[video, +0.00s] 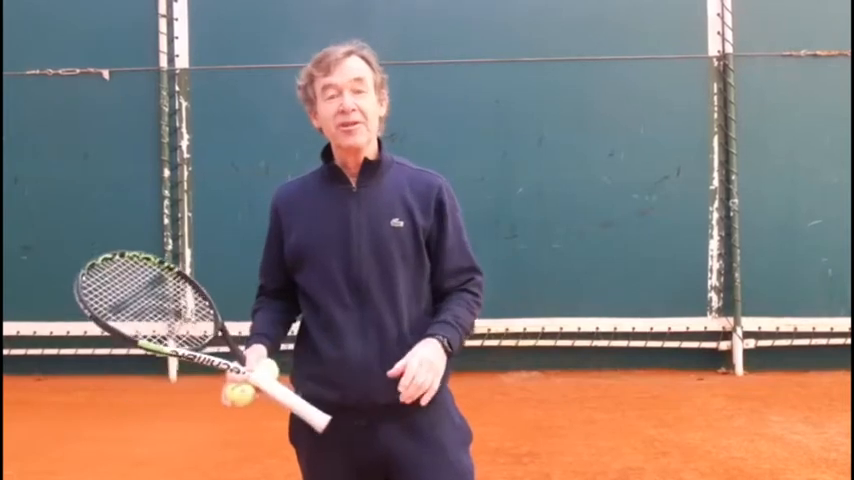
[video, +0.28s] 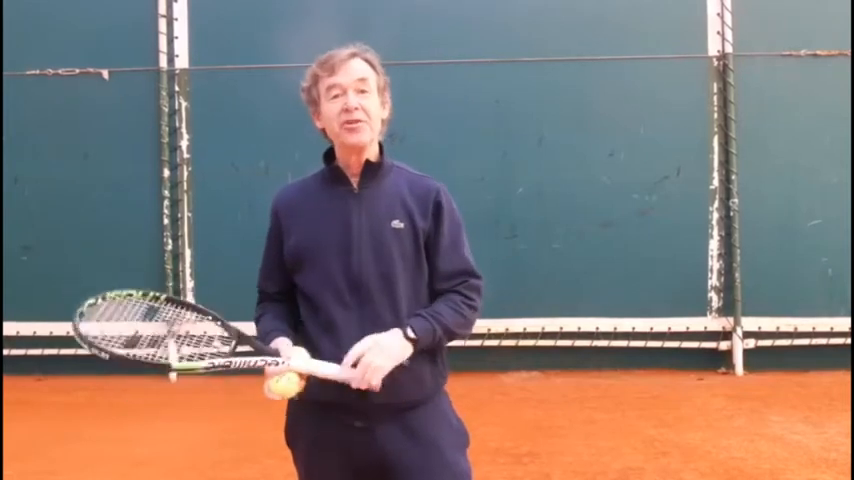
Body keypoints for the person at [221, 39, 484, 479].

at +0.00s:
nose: (347, 104)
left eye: (359, 90)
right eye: (331, 95)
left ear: (381, 103)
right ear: (314, 115)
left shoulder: (428, 192)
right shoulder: (290, 203)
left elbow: (463, 287)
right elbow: (276, 295)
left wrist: (438, 344)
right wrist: (259, 346)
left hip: (420, 418)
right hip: (326, 424)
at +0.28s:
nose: (350, 103)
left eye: (362, 90)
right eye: (336, 95)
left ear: (384, 106)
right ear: (319, 117)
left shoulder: (427, 198)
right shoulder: (290, 206)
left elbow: (463, 295)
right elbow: (273, 300)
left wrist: (403, 338)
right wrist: (281, 342)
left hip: (417, 420)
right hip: (324, 422)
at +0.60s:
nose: (345, 102)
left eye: (357, 91)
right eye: (330, 95)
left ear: (380, 109)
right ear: (315, 120)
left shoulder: (423, 199)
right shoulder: (287, 209)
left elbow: (460, 295)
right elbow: (269, 306)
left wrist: (404, 339)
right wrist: (295, 344)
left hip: (415, 422)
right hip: (321, 427)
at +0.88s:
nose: (336, 102)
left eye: (348, 90)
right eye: (321, 95)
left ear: (370, 107)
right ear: (306, 120)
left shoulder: (416, 195)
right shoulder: (281, 211)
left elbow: (455, 289)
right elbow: (267, 307)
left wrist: (399, 339)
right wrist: (294, 346)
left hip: (417, 418)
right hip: (325, 424)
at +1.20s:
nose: (322, 103)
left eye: (334, 90)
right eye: (307, 97)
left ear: (357, 106)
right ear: (292, 122)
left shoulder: (408, 188)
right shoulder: (274, 214)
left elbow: (452, 275)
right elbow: (267, 308)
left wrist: (420, 339)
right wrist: (285, 354)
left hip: (426, 413)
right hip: (335, 421)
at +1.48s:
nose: (332, 99)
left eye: (343, 85)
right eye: (316, 91)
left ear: (367, 99)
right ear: (302, 115)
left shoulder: (417, 184)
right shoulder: (280, 208)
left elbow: (458, 273)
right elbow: (270, 304)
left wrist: (422, 335)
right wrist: (308, 349)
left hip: (432, 410)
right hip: (343, 418)